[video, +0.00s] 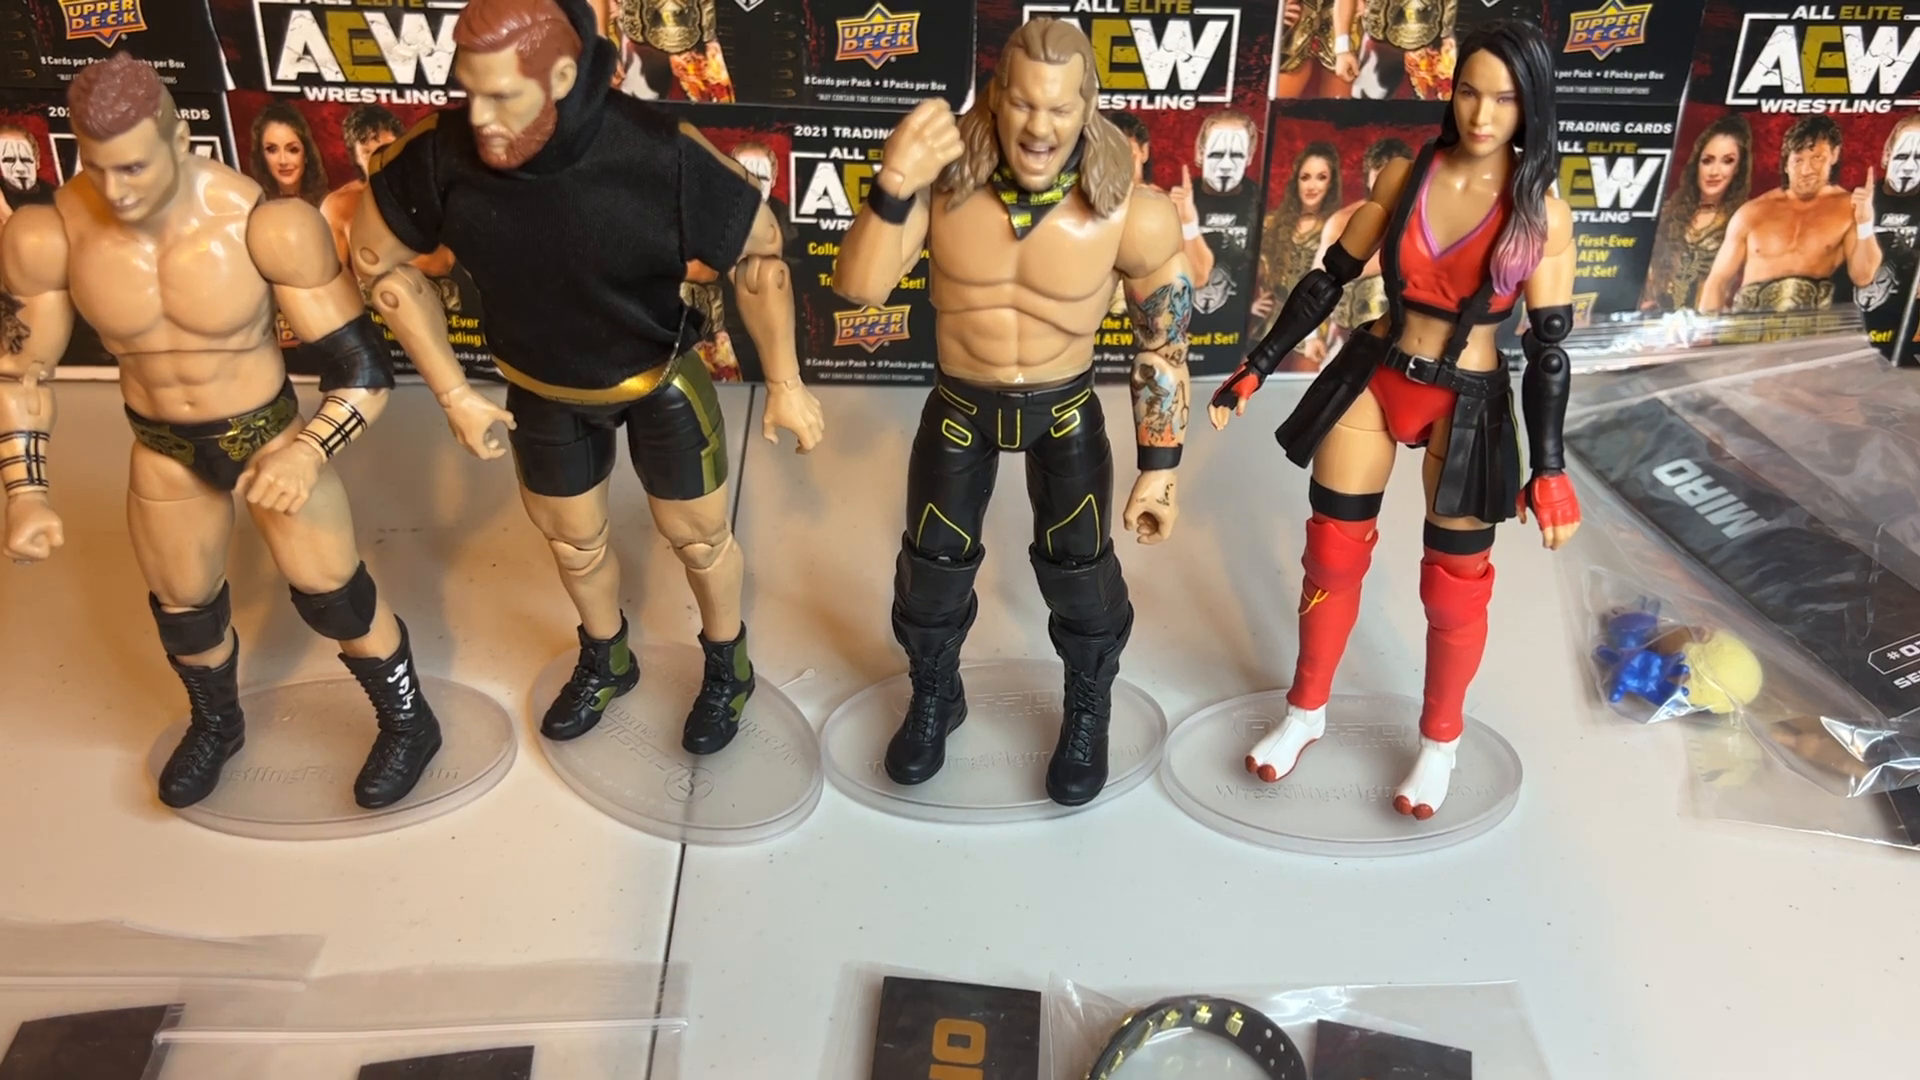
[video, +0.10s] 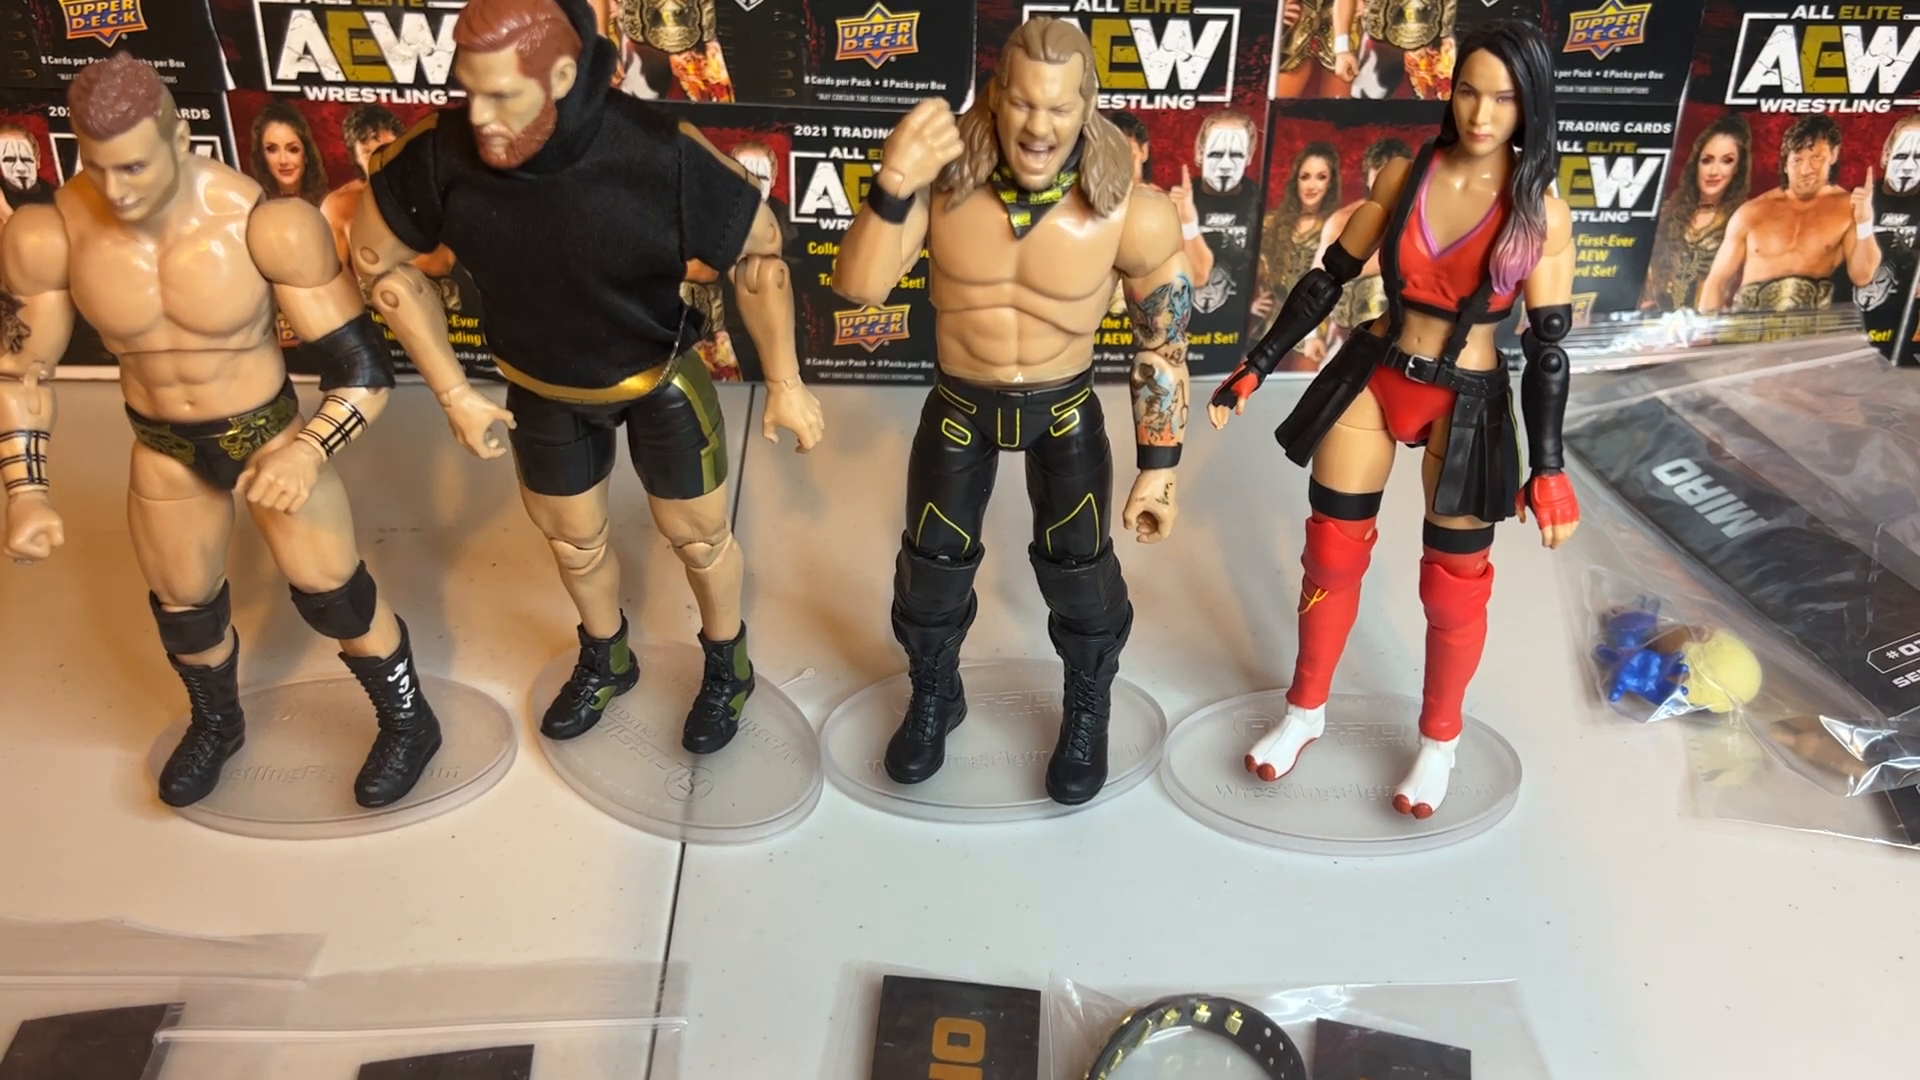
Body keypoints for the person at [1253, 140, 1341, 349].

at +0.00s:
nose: (1312, 186)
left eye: (1321, 178)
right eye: (1305, 177)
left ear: (1332, 183)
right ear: (1295, 180)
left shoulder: (1337, 229)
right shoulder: (1271, 224)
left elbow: (1335, 284)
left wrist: (1321, 336)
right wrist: (1252, 301)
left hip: (1312, 332)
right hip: (1269, 327)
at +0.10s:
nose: (1312, 185)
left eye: (1321, 177)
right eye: (1305, 177)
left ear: (1332, 182)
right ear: (1295, 180)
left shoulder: (1338, 229)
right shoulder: (1270, 225)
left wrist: (1320, 334)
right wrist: (1251, 302)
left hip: (1313, 331)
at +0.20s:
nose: (1312, 185)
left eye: (1321, 177)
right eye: (1305, 177)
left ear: (1332, 183)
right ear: (1295, 181)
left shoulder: (1337, 228)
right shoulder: (1271, 224)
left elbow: (1337, 285)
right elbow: (1255, 273)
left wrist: (1322, 337)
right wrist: (1253, 302)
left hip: (1312, 331)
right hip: (1269, 326)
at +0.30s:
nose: (1312, 185)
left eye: (1322, 178)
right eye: (1305, 177)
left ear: (1332, 183)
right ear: (1296, 180)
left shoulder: (1338, 229)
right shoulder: (1271, 224)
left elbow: (1336, 285)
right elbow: (1254, 273)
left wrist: (1322, 335)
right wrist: (1254, 302)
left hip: (1312, 332)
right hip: (1268, 327)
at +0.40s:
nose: (1312, 185)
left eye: (1321, 177)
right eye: (1305, 177)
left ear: (1332, 182)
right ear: (1295, 180)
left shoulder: (1337, 230)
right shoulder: (1269, 225)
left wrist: (1318, 335)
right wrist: (1250, 303)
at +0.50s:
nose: (1312, 186)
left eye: (1321, 178)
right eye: (1305, 177)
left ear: (1332, 183)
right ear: (1296, 181)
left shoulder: (1338, 230)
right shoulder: (1271, 225)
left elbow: (1339, 287)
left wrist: (1322, 336)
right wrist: (1252, 302)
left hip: (1313, 333)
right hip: (1269, 328)